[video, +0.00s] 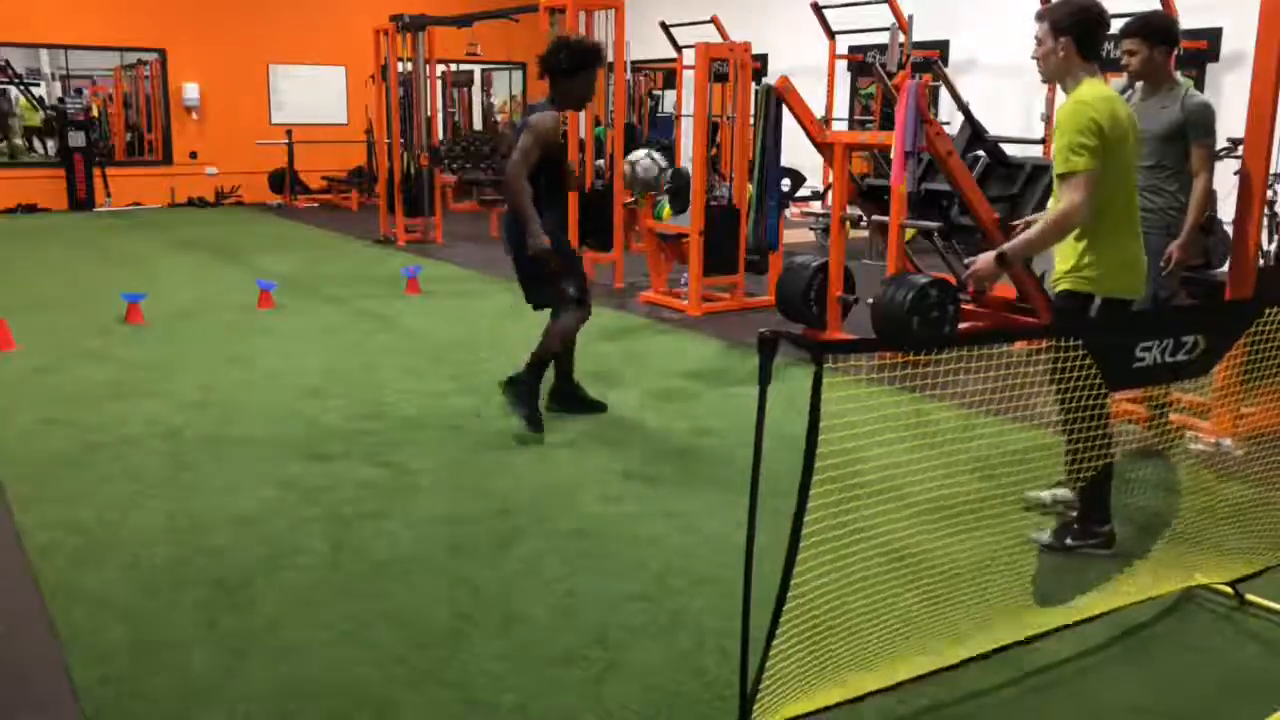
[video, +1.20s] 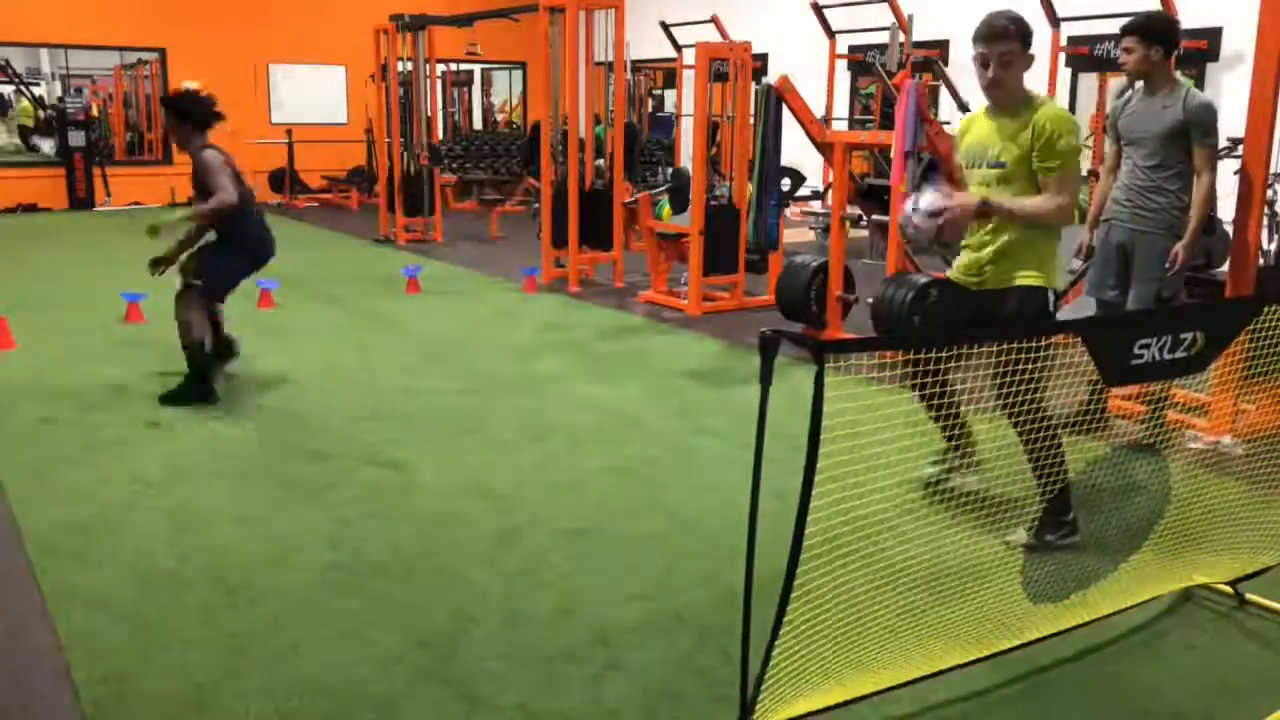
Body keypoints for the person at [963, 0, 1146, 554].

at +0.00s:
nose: (1034, 52)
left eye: (1040, 42)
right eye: (1035, 42)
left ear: (1064, 46)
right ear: (1074, 47)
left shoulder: (1080, 108)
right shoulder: (1110, 104)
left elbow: (1075, 207)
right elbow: (1101, 199)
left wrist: (1002, 257)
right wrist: (1044, 220)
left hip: (1089, 280)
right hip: (1111, 277)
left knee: (1080, 398)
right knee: (1083, 391)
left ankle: (1094, 524)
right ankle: (1083, 493)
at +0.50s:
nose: (1028, 50)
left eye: (1033, 40)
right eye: (1030, 39)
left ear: (1055, 44)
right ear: (1079, 45)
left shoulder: (1057, 109)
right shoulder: (1112, 106)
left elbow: (1038, 199)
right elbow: (1103, 192)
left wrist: (971, 192)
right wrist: (1018, 206)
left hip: (1067, 278)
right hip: (1103, 276)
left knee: (1057, 391)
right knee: (1080, 386)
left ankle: (1089, 519)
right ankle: (1080, 488)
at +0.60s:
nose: (1033, 41)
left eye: (1039, 33)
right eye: (1035, 32)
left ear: (1062, 42)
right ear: (1083, 44)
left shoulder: (1058, 100)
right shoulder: (1106, 101)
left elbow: (999, 174)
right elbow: (1059, 130)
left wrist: (951, 140)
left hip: (1063, 274)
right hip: (1098, 272)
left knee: (1054, 390)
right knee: (1073, 385)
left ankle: (1088, 518)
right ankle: (1078, 487)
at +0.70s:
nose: (1030, 45)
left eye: (1037, 35)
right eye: (1031, 34)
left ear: (1060, 41)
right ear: (1077, 42)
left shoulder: (1056, 92)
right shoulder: (1095, 93)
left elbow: (958, 104)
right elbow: (1020, 84)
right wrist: (1004, 26)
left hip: (1067, 262)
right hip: (1092, 258)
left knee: (1044, 389)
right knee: (1063, 381)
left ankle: (1085, 514)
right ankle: (1077, 486)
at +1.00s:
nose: (1002, 63)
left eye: (1011, 52)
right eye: (999, 52)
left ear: (1048, 49)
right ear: (1006, 55)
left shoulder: (1059, 97)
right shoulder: (1026, 104)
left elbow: (974, 139)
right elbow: (971, 143)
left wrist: (971, 75)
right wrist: (964, 81)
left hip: (1050, 265)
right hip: (1020, 264)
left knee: (1024, 392)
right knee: (1013, 389)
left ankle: (1061, 514)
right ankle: (1063, 495)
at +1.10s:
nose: (1002, 66)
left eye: (1014, 56)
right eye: (996, 56)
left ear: (1045, 56)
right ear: (991, 57)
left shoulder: (1062, 116)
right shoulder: (1001, 119)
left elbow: (1036, 195)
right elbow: (987, 204)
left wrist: (979, 165)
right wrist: (948, 158)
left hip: (1038, 274)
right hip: (992, 269)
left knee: (1019, 394)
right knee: (953, 369)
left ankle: (1062, 515)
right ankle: (1034, 460)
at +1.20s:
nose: (988, 70)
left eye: (1001, 60)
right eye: (981, 60)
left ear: (1027, 61)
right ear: (973, 62)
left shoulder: (1052, 122)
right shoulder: (968, 127)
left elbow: (1062, 207)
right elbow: (964, 200)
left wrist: (984, 205)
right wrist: (935, 221)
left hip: (1025, 279)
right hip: (968, 276)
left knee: (1014, 391)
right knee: (915, 356)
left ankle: (1059, 509)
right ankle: (960, 447)